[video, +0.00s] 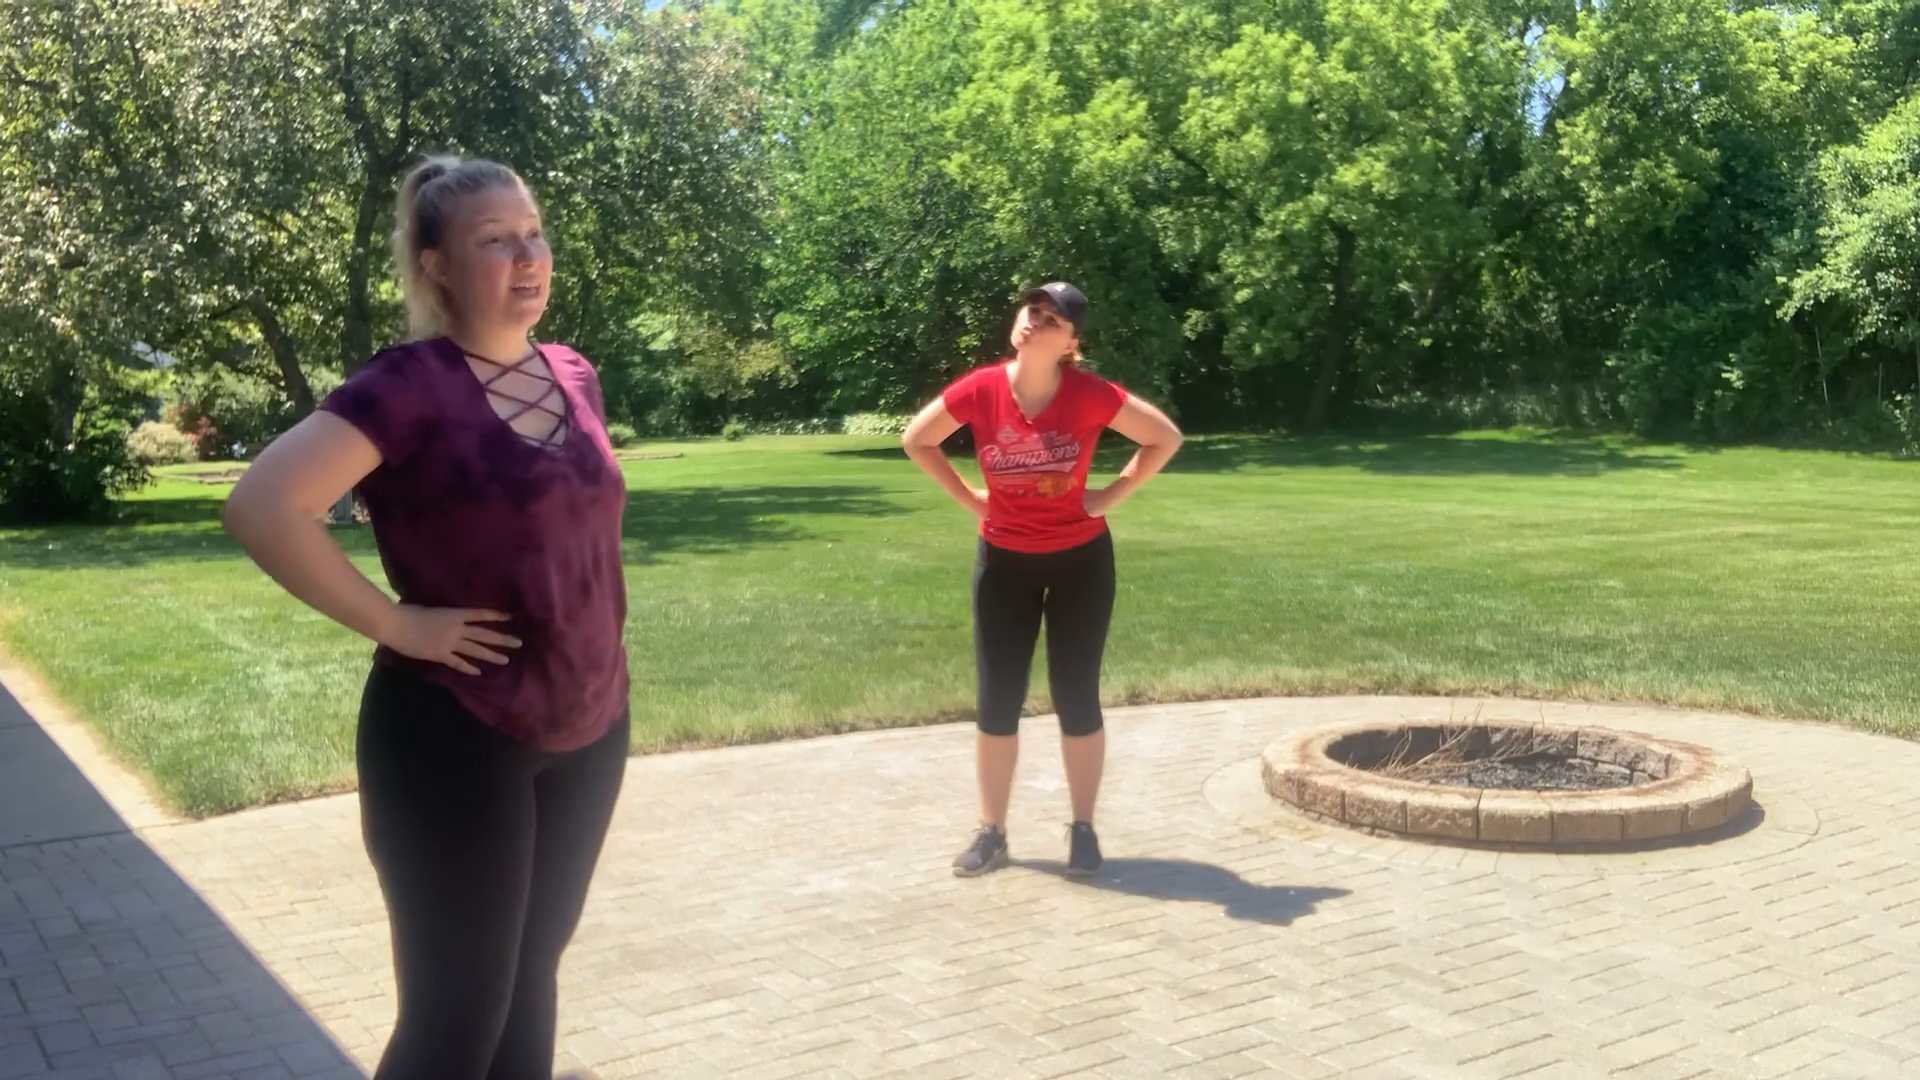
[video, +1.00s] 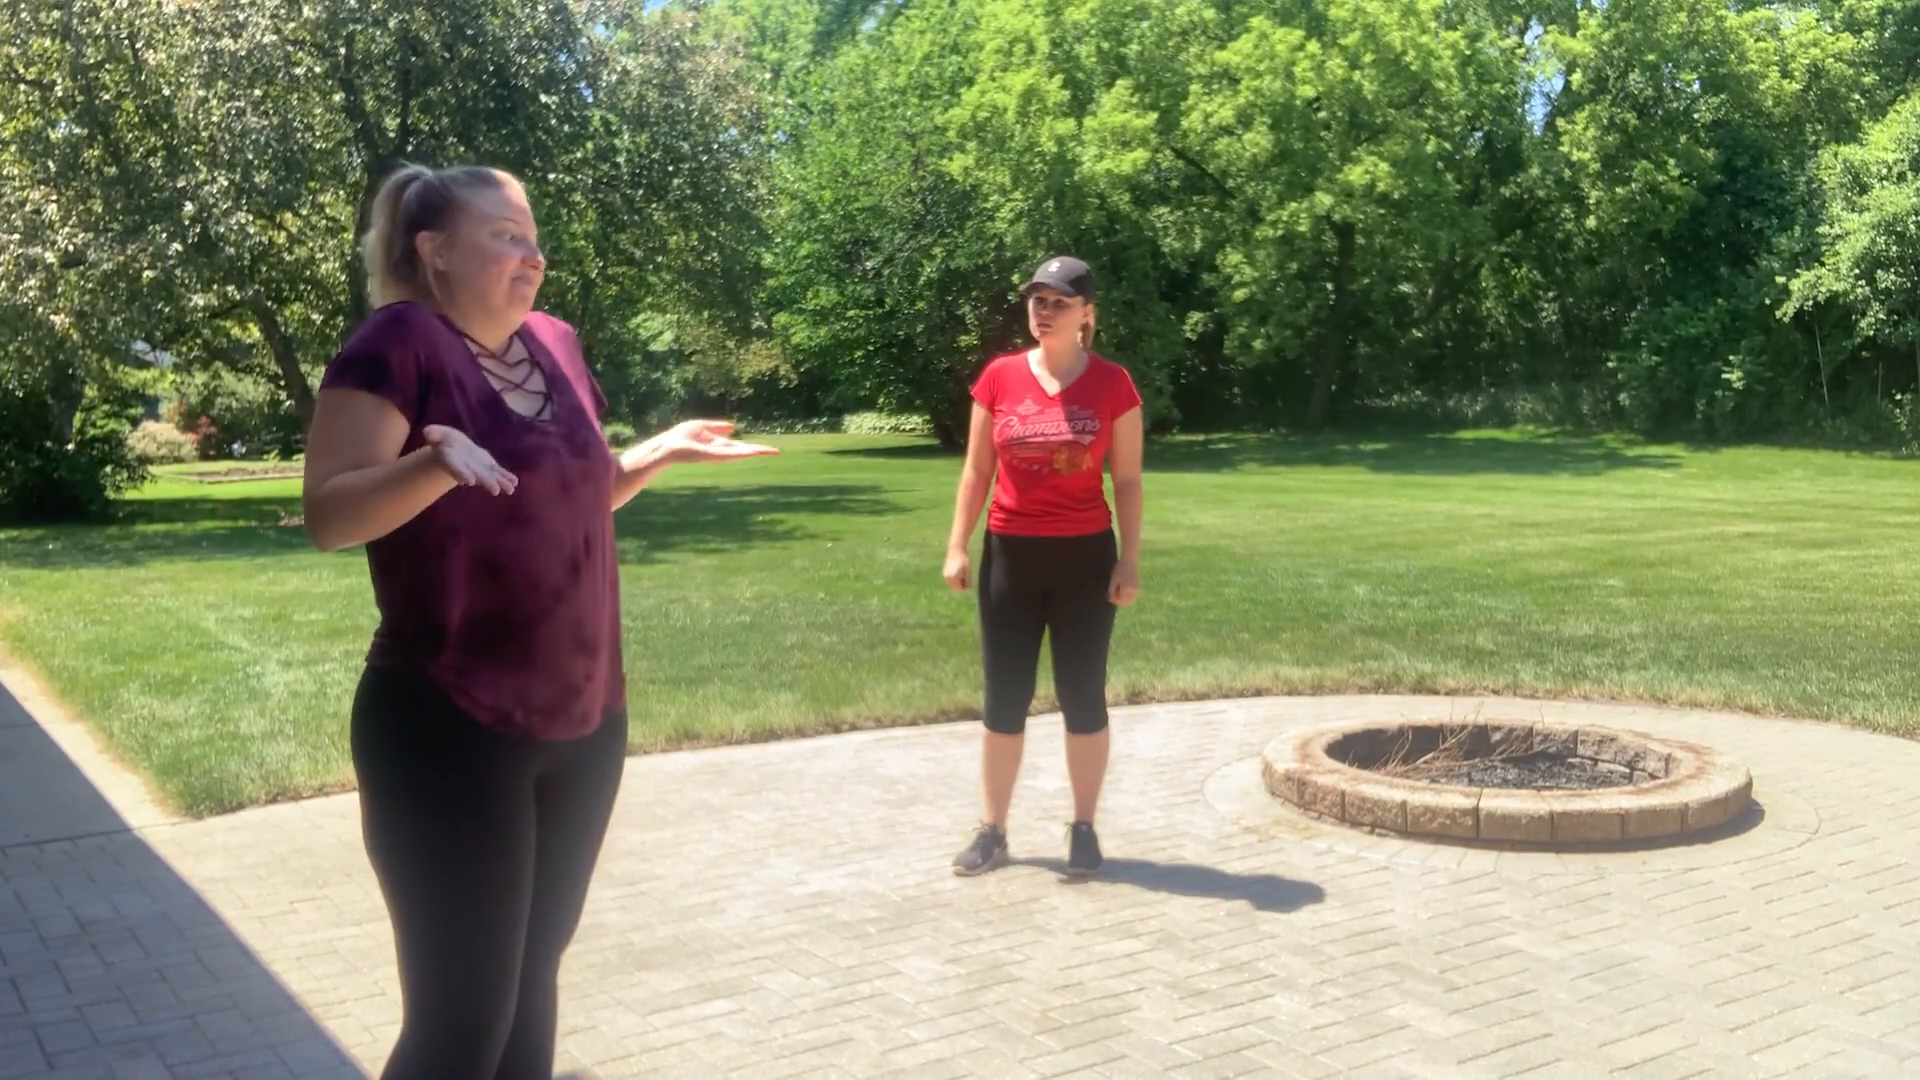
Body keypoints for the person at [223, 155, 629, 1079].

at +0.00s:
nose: (532, 258)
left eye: (537, 238)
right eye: (500, 242)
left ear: (548, 249)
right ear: (436, 266)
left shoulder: (572, 373)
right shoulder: (409, 384)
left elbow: (578, 500)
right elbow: (262, 508)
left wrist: (584, 604)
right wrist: (394, 622)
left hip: (587, 714)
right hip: (454, 725)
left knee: (530, 986)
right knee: (456, 1020)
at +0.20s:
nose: (523, 258)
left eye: (527, 238)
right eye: (490, 243)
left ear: (538, 249)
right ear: (429, 273)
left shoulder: (575, 371)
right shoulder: (407, 382)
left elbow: (583, 505)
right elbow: (258, 504)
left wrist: (595, 610)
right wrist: (391, 624)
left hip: (588, 714)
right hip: (454, 728)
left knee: (533, 988)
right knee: (464, 1023)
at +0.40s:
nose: (508, 254)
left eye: (510, 233)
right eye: (474, 243)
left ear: (522, 243)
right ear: (417, 275)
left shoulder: (570, 353)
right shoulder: (402, 361)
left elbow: (582, 478)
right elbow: (294, 506)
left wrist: (646, 514)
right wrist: (411, 597)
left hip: (585, 713)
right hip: (452, 721)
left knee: (534, 983)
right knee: (463, 1017)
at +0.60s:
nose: (502, 256)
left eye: (505, 235)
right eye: (468, 245)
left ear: (518, 242)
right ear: (411, 275)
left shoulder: (564, 339)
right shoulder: (392, 353)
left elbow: (579, 495)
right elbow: (325, 521)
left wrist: (681, 470)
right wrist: (399, 491)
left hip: (584, 716)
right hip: (450, 725)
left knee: (532, 989)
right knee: (461, 1020)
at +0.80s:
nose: (512, 254)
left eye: (517, 236)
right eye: (480, 238)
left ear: (529, 248)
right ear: (411, 265)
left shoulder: (562, 332)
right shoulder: (392, 344)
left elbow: (578, 494)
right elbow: (323, 515)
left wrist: (663, 450)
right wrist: (413, 456)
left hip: (585, 714)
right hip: (449, 725)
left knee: (533, 987)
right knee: (459, 1024)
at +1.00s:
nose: (533, 257)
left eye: (534, 239)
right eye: (506, 240)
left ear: (539, 248)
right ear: (433, 254)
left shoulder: (552, 340)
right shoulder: (395, 344)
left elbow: (570, 503)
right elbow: (328, 515)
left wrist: (660, 452)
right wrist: (435, 465)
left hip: (581, 714)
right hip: (450, 725)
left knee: (532, 982)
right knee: (461, 1022)